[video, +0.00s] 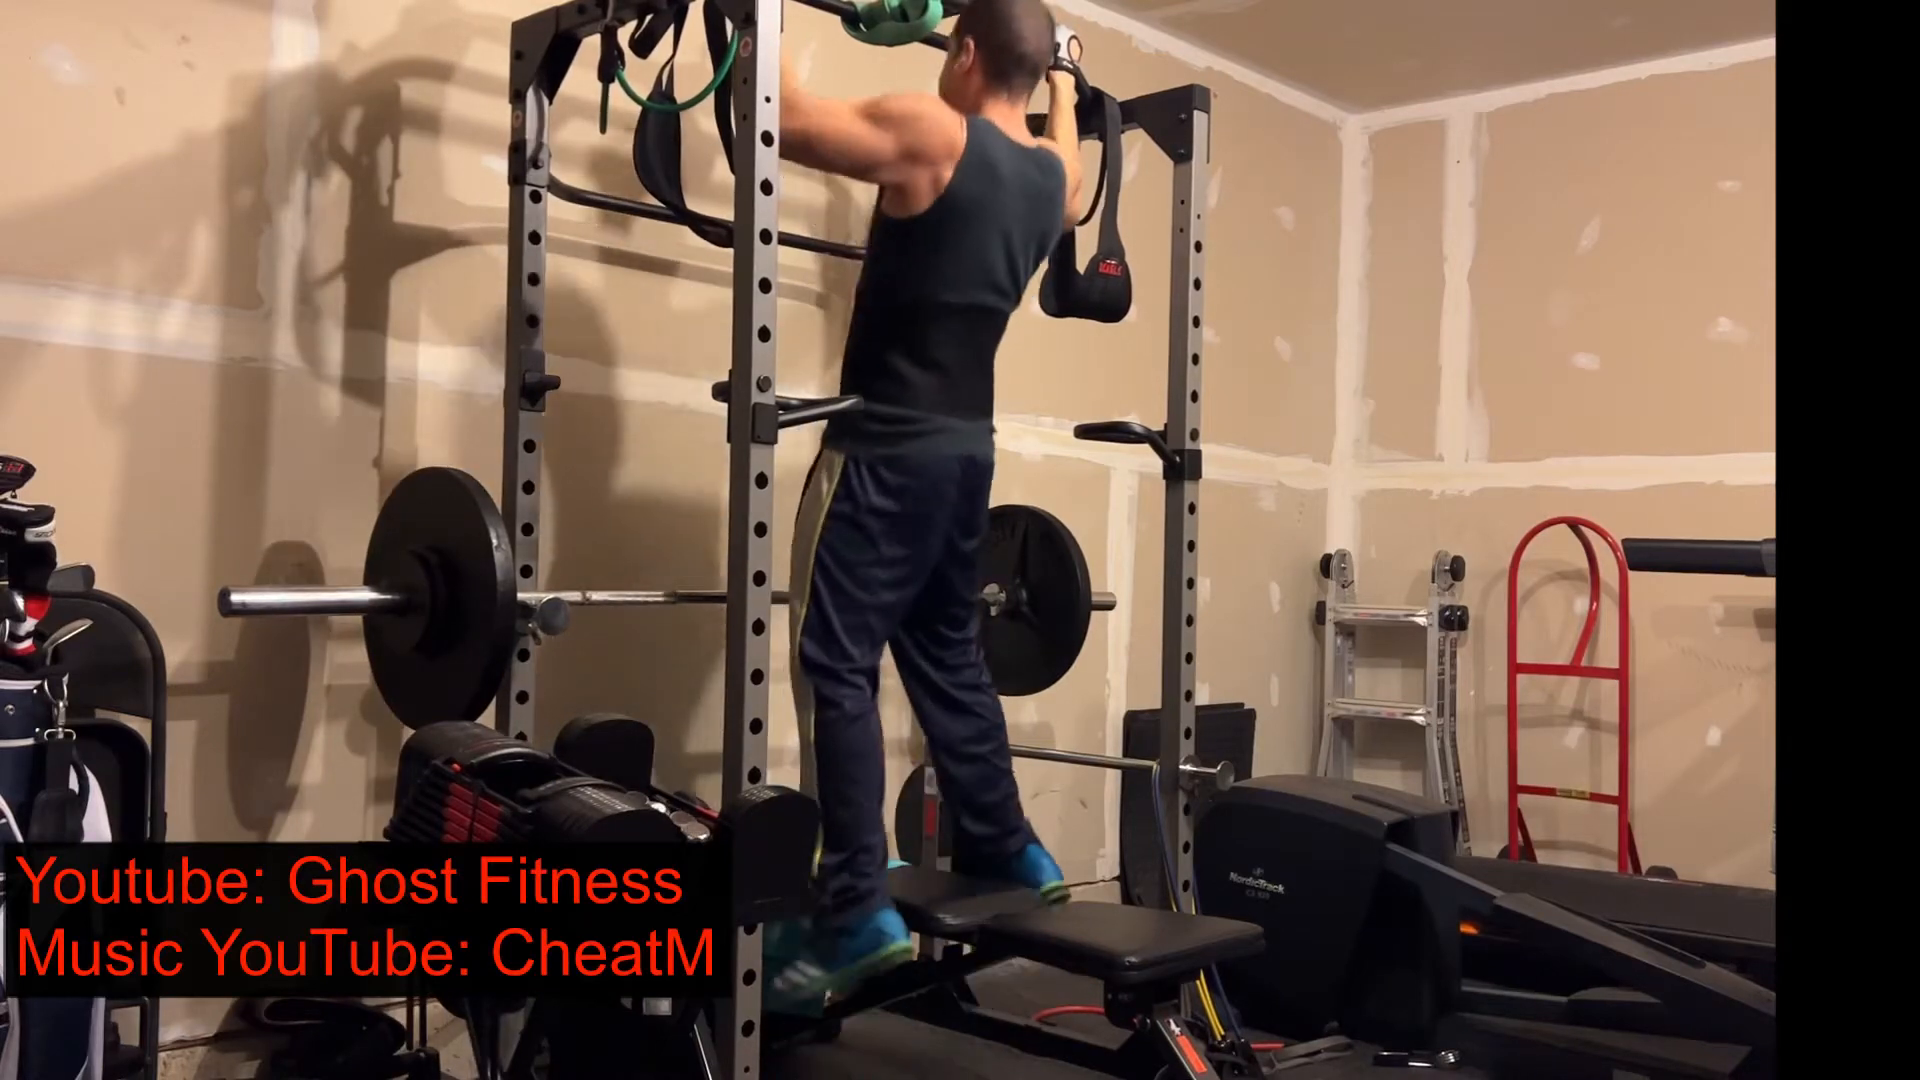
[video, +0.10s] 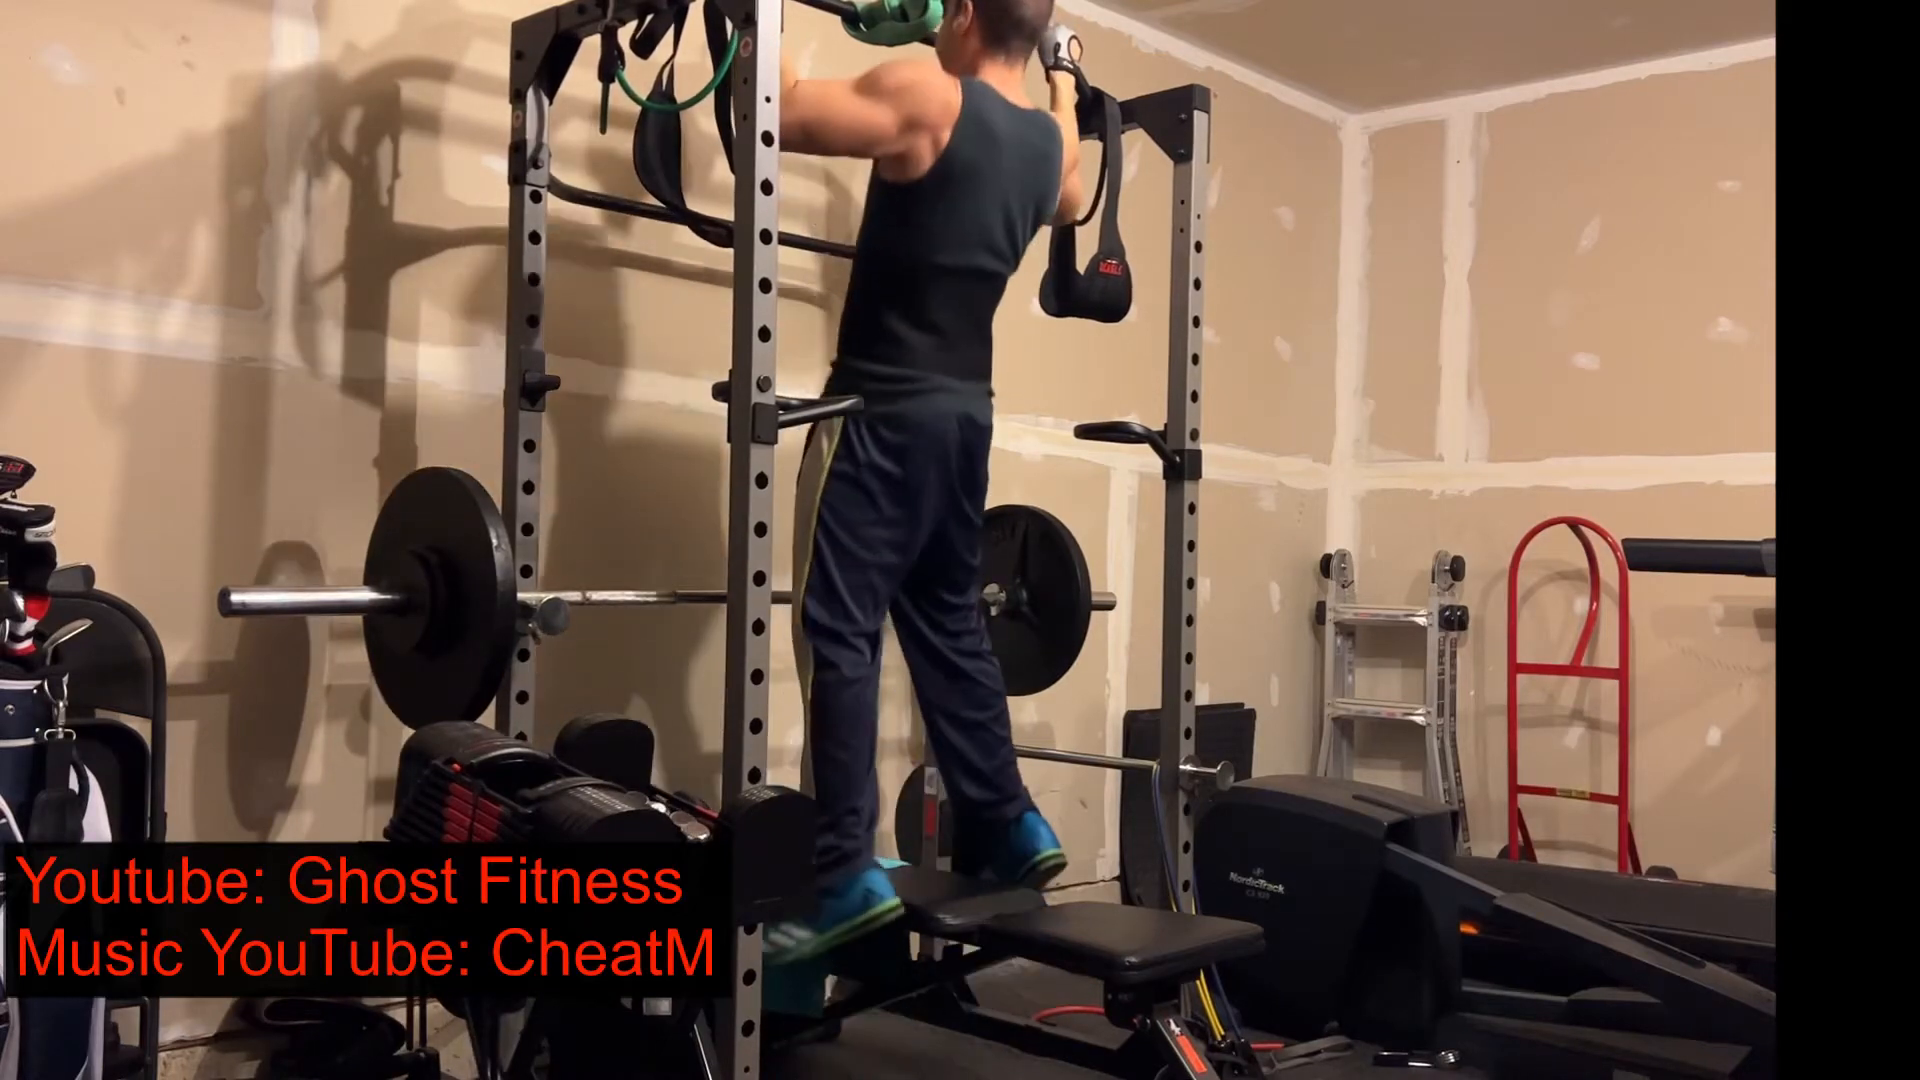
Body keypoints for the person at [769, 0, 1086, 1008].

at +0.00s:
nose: (944, 58)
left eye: (953, 43)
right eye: (954, 44)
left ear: (970, 55)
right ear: (1038, 75)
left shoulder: (926, 128)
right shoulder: (1045, 171)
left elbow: (790, 121)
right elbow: (1067, 206)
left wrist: (759, 20)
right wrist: (1052, 116)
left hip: (886, 451)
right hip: (965, 453)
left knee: (837, 663)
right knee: (946, 651)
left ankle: (856, 903)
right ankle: (1002, 848)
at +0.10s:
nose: (944, 25)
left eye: (950, 14)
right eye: (955, 16)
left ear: (967, 18)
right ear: (1041, 40)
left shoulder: (921, 92)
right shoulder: (1049, 140)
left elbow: (781, 113)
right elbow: (1072, 199)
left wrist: (757, 23)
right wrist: (1060, 105)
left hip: (887, 409)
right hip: (966, 412)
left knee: (841, 625)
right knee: (948, 615)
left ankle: (847, 863)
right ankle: (1003, 823)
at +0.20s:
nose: (930, 6)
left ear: (954, 6)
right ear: (1024, 21)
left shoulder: (910, 71)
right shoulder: (1036, 112)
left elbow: (772, 111)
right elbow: (1063, 199)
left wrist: (754, 17)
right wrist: (1060, 85)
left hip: (882, 379)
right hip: (961, 382)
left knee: (844, 600)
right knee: (948, 597)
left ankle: (846, 834)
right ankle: (1006, 807)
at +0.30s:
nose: (920, 9)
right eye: (926, 0)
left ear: (948, 9)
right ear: (1010, 26)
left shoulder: (901, 76)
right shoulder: (1030, 122)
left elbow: (767, 114)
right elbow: (1057, 200)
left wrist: (747, 21)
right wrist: (1059, 87)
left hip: (873, 379)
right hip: (951, 386)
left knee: (841, 596)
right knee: (944, 597)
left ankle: (849, 826)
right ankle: (1008, 806)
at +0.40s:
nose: (915, 28)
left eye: (924, 18)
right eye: (924, 18)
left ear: (941, 30)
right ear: (1005, 52)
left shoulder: (893, 110)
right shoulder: (1019, 154)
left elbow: (759, 119)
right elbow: (1057, 198)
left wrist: (748, 26)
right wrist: (1061, 91)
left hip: (867, 412)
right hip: (939, 418)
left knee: (831, 620)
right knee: (939, 623)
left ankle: (857, 855)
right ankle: (1008, 826)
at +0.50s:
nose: (912, 70)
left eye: (919, 57)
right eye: (924, 58)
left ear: (932, 76)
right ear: (1001, 100)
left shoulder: (891, 154)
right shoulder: (1012, 196)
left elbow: (760, 125)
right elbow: (1053, 189)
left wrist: (739, 34)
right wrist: (1060, 93)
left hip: (858, 451)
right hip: (932, 453)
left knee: (820, 658)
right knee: (930, 657)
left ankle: (863, 887)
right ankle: (1006, 853)